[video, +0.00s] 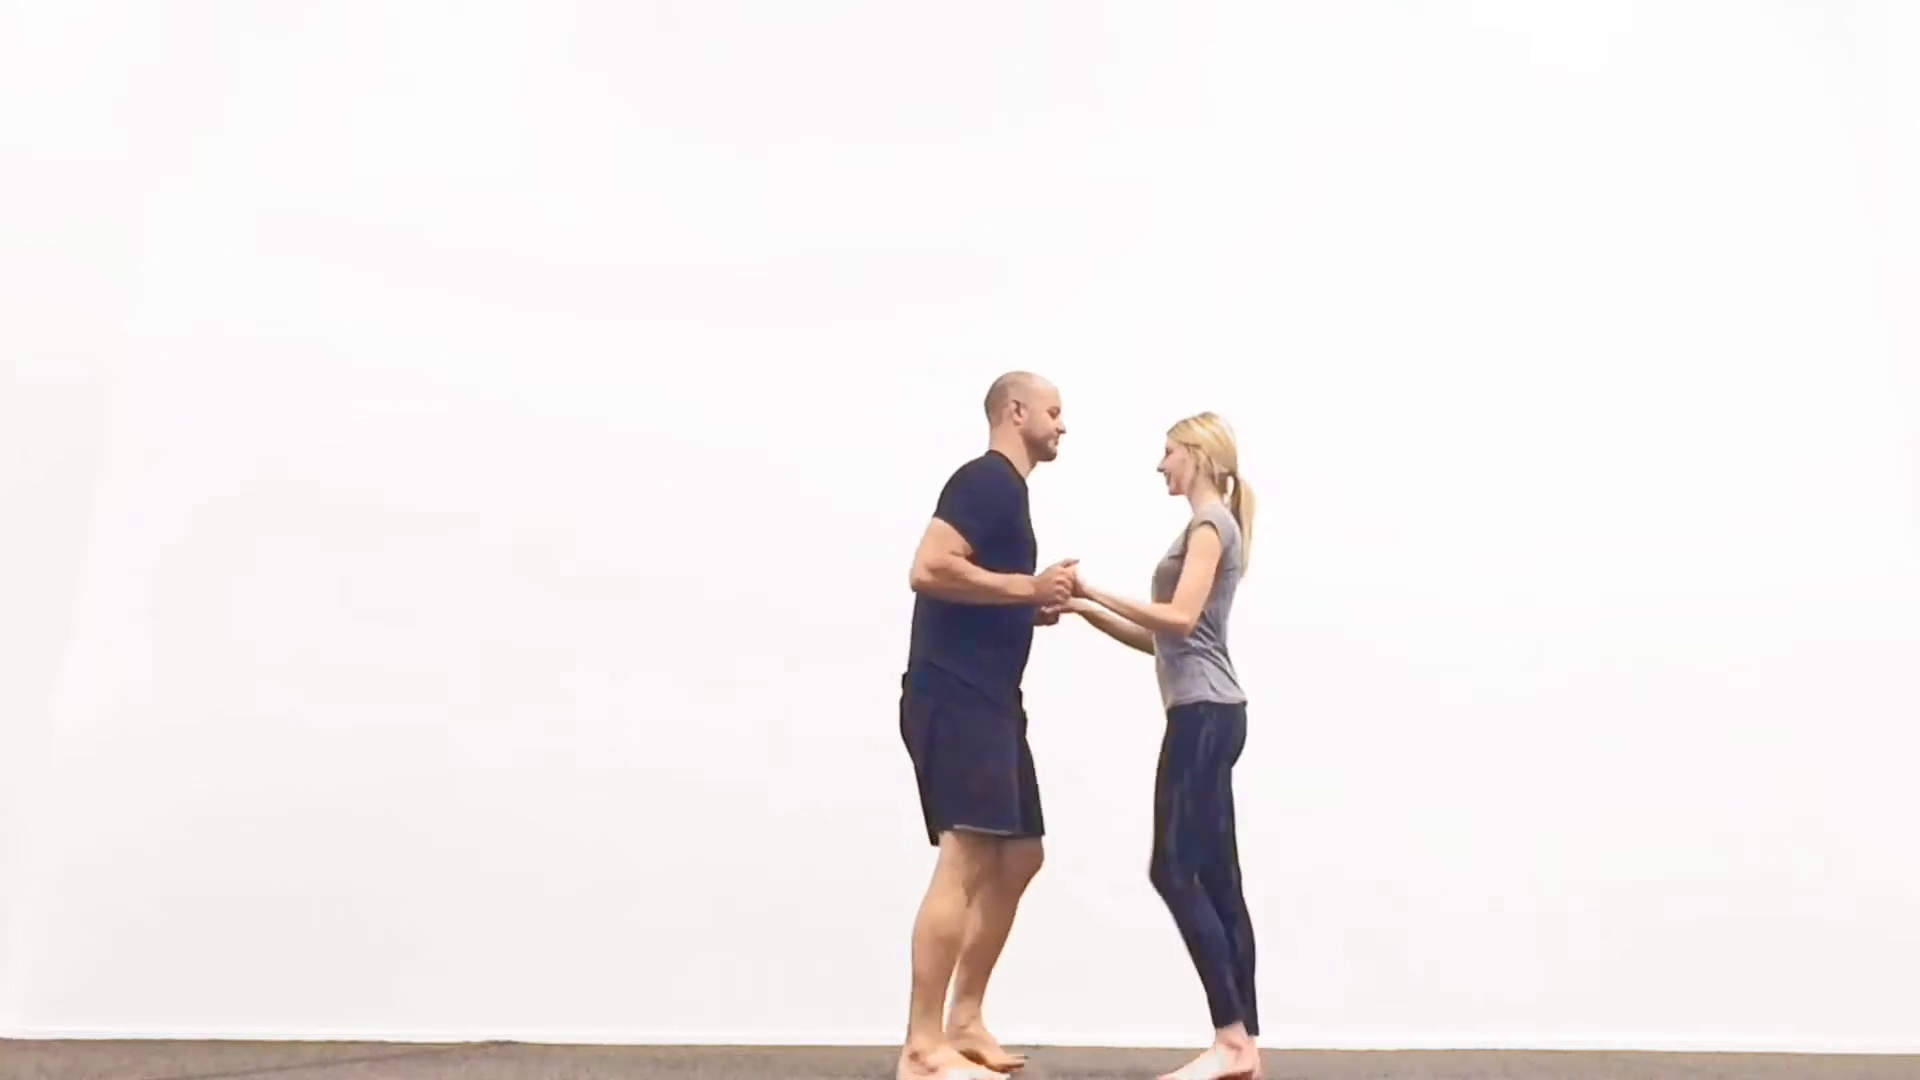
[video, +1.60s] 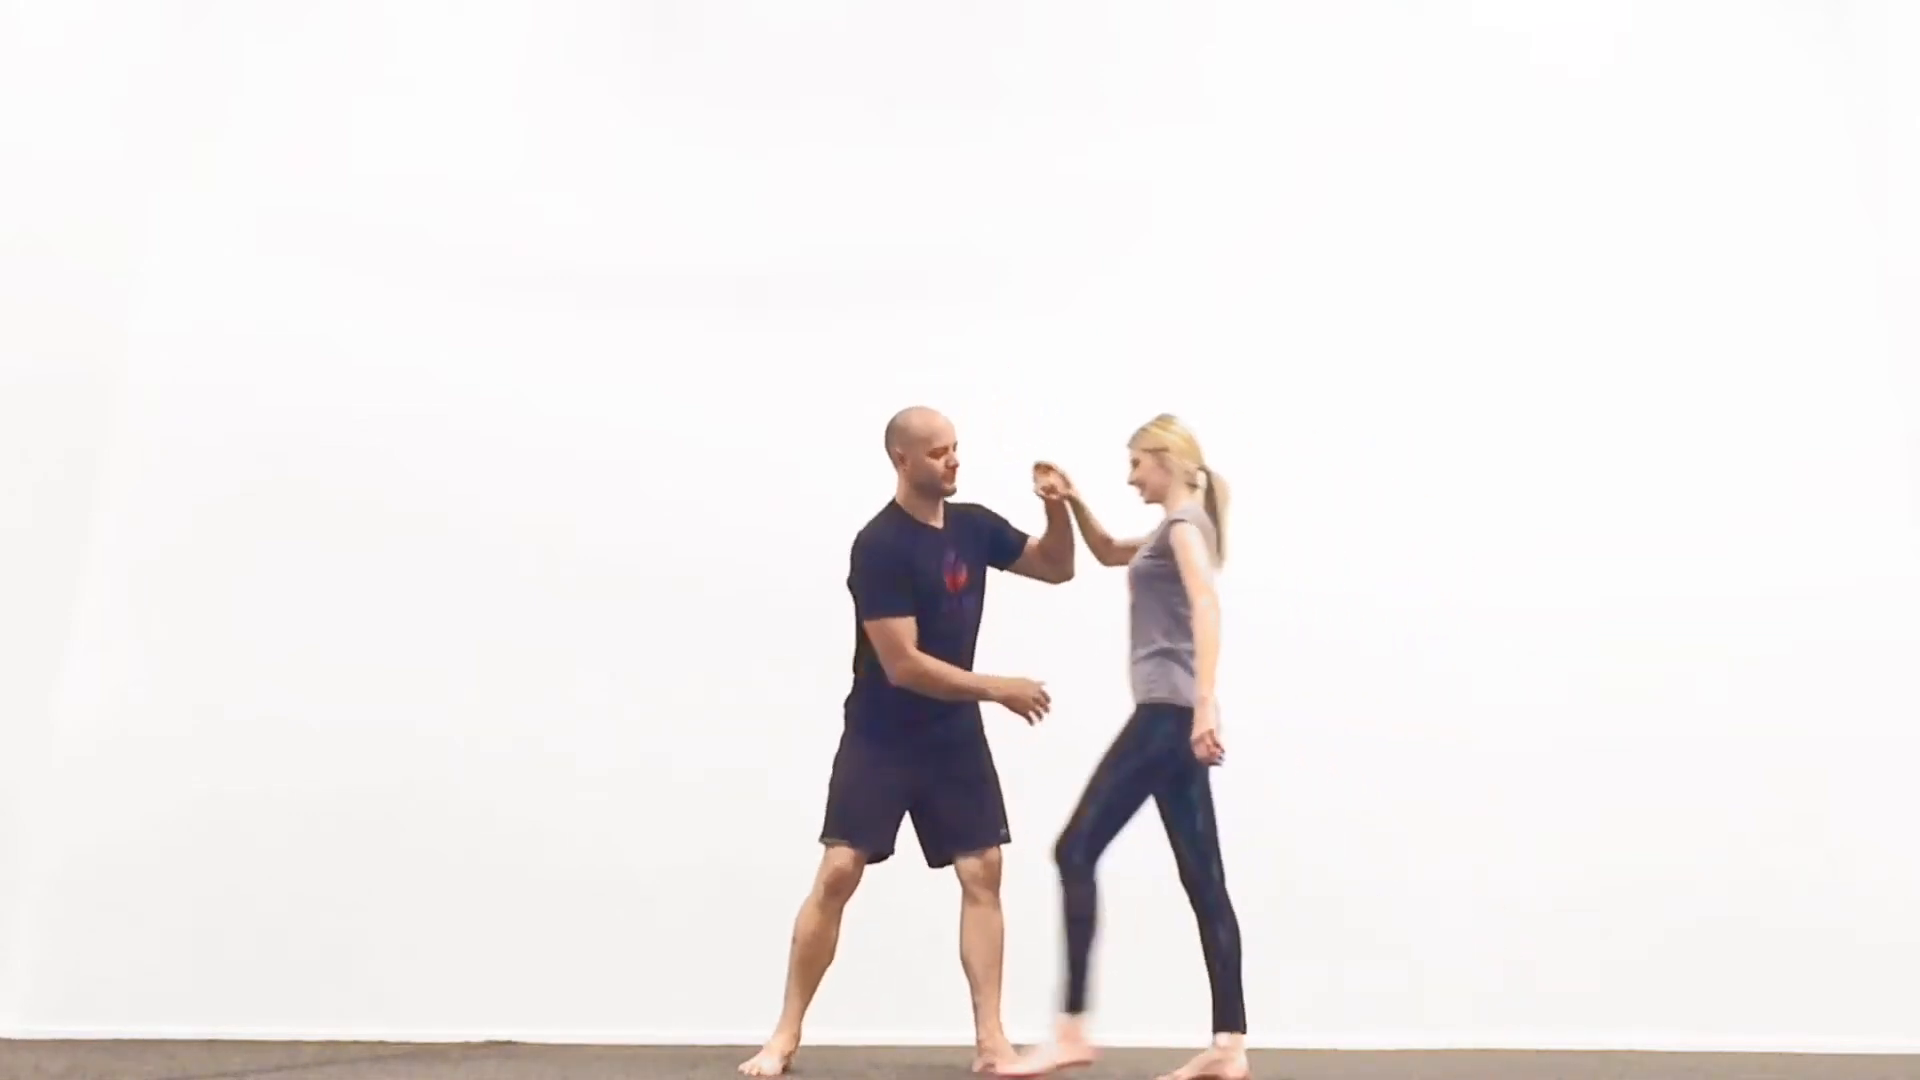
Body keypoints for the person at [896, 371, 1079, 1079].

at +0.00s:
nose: (1063, 424)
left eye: (1062, 413)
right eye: (1054, 412)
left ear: (1017, 415)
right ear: (1014, 413)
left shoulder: (1009, 490)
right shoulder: (985, 479)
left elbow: (973, 599)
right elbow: (929, 570)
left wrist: (1037, 608)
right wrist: (1027, 588)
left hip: (993, 699)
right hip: (955, 698)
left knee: (1018, 858)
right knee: (965, 860)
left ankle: (964, 1023)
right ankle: (921, 1047)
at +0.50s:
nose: (1067, 438)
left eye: (1066, 428)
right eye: (1055, 425)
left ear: (1028, 431)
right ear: (1015, 428)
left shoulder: (1049, 540)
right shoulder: (973, 494)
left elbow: (1041, 651)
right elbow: (948, 598)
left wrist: (1122, 615)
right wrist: (1051, 609)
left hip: (1011, 715)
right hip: (949, 708)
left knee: (1006, 872)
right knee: (940, 855)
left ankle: (989, 1039)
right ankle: (916, 1038)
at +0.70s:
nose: (1055, 437)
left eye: (1056, 428)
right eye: (1043, 425)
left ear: (1032, 436)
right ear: (1002, 430)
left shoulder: (1054, 537)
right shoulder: (953, 498)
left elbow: (1120, 619)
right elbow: (916, 597)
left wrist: (1195, 562)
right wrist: (1007, 610)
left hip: (1012, 717)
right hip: (941, 707)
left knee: (1002, 872)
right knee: (911, 847)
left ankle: (990, 1042)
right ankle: (849, 1020)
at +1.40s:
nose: (969, 443)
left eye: (970, 432)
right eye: (956, 433)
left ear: (962, 439)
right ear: (917, 440)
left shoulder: (990, 529)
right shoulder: (874, 520)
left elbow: (1065, 594)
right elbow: (849, 630)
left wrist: (1102, 530)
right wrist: (942, 658)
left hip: (960, 724)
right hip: (881, 723)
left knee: (982, 871)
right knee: (838, 869)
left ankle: (991, 1044)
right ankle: (783, 1039)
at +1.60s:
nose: (952, 461)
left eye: (953, 448)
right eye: (938, 453)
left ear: (952, 450)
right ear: (901, 462)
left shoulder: (973, 523)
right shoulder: (879, 545)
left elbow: (1054, 565)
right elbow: (902, 665)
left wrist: (1058, 508)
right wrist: (997, 688)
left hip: (954, 729)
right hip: (879, 732)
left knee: (982, 869)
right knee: (838, 873)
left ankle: (991, 1043)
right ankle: (784, 1038)